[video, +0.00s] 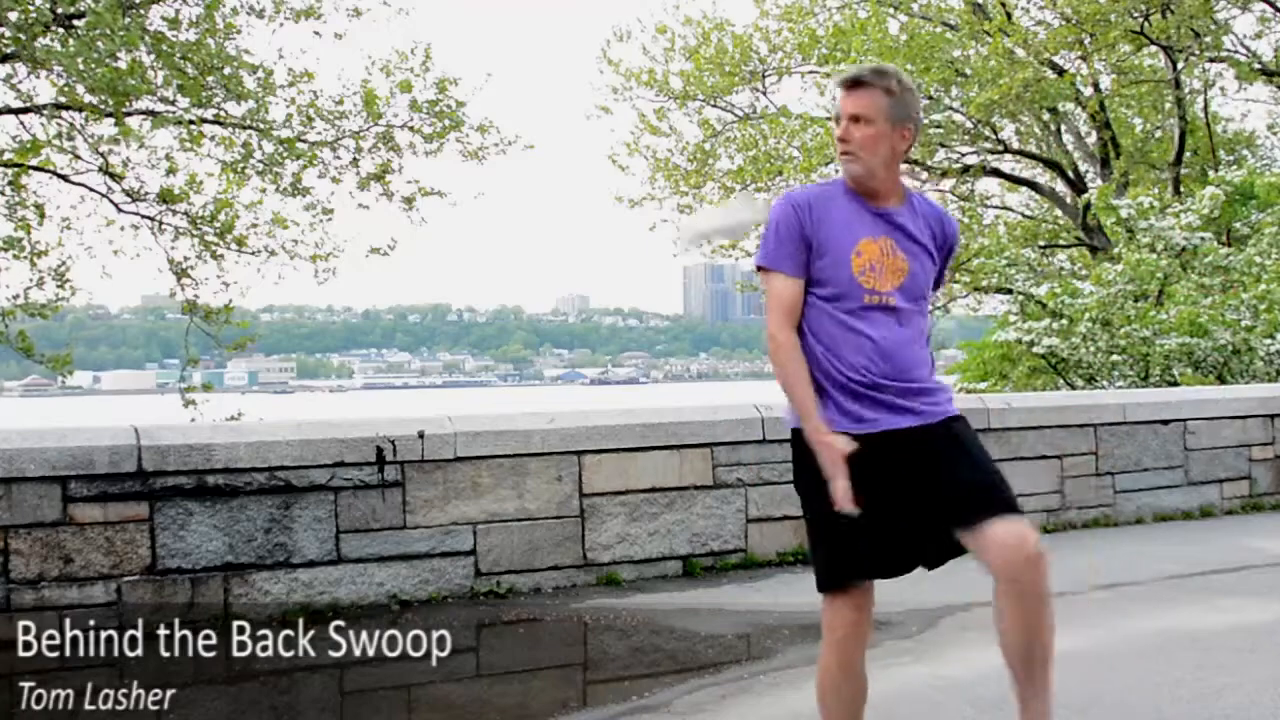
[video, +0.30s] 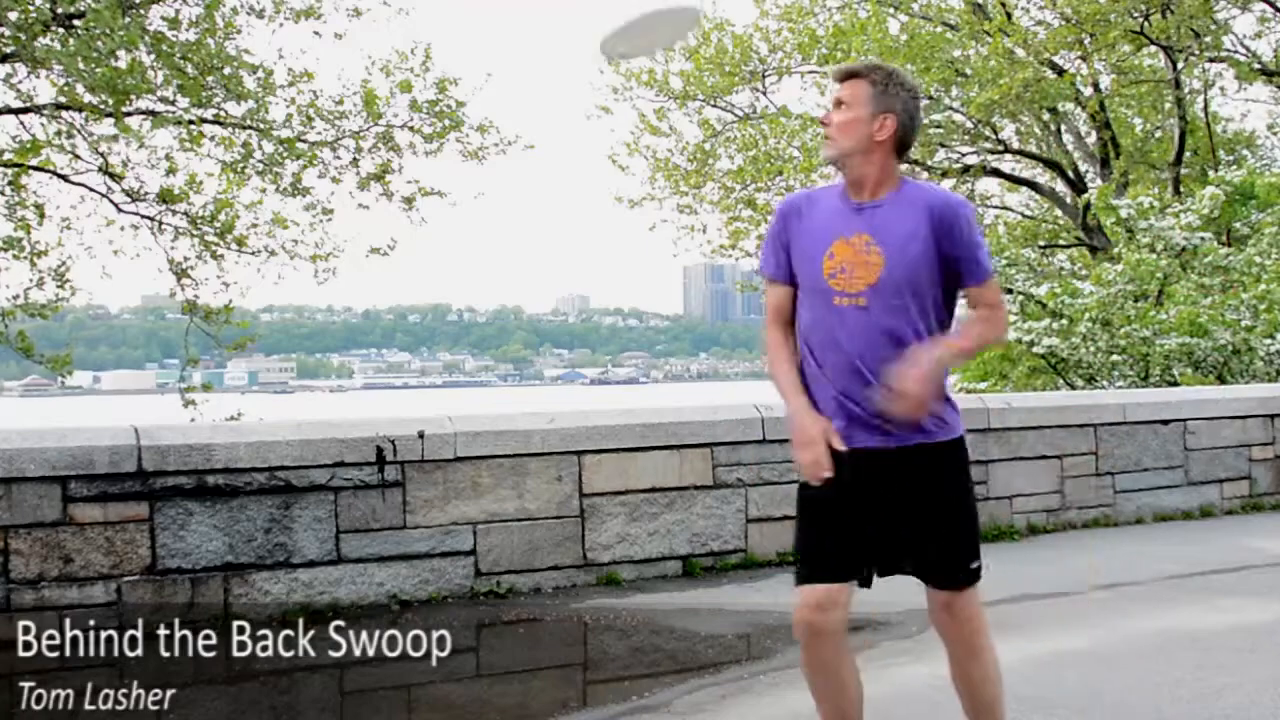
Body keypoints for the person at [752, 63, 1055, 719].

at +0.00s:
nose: (842, 135)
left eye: (859, 123)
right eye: (839, 122)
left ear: (903, 138)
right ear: (835, 130)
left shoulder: (938, 227)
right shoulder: (801, 210)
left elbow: (906, 327)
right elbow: (780, 332)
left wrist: (920, 408)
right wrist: (819, 435)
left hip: (928, 425)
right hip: (835, 435)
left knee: (1021, 555)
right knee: (847, 620)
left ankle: (1036, 715)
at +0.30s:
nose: (824, 118)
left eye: (841, 107)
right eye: (829, 106)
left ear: (885, 127)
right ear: (868, 127)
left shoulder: (943, 213)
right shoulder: (795, 215)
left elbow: (992, 318)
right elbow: (778, 327)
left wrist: (931, 356)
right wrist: (800, 414)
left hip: (927, 446)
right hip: (835, 449)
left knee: (956, 609)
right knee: (815, 616)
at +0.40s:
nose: (805, 126)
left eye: (819, 115)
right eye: (809, 114)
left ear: (862, 133)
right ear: (849, 133)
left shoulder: (911, 206)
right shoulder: (787, 219)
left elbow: (916, 326)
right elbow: (773, 321)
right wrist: (764, 405)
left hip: (907, 446)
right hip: (817, 447)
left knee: (941, 623)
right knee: (792, 618)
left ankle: (981, 718)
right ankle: (844, 719)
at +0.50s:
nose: (784, 139)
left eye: (797, 128)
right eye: (788, 127)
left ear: (838, 147)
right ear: (825, 148)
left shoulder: (867, 219)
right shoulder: (782, 230)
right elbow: (776, 341)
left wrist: (710, 246)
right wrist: (738, 410)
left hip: (875, 449)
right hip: (802, 454)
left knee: (878, 640)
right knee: (783, 623)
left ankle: (952, 714)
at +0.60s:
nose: (756, 151)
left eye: (768, 138)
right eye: (759, 138)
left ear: (808, 150)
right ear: (804, 153)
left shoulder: (820, 224)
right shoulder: (810, 229)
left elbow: (703, 299)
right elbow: (796, 356)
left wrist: (625, 222)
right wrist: (730, 411)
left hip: (837, 447)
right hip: (814, 448)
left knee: (779, 626)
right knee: (780, 627)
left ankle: (878, 712)